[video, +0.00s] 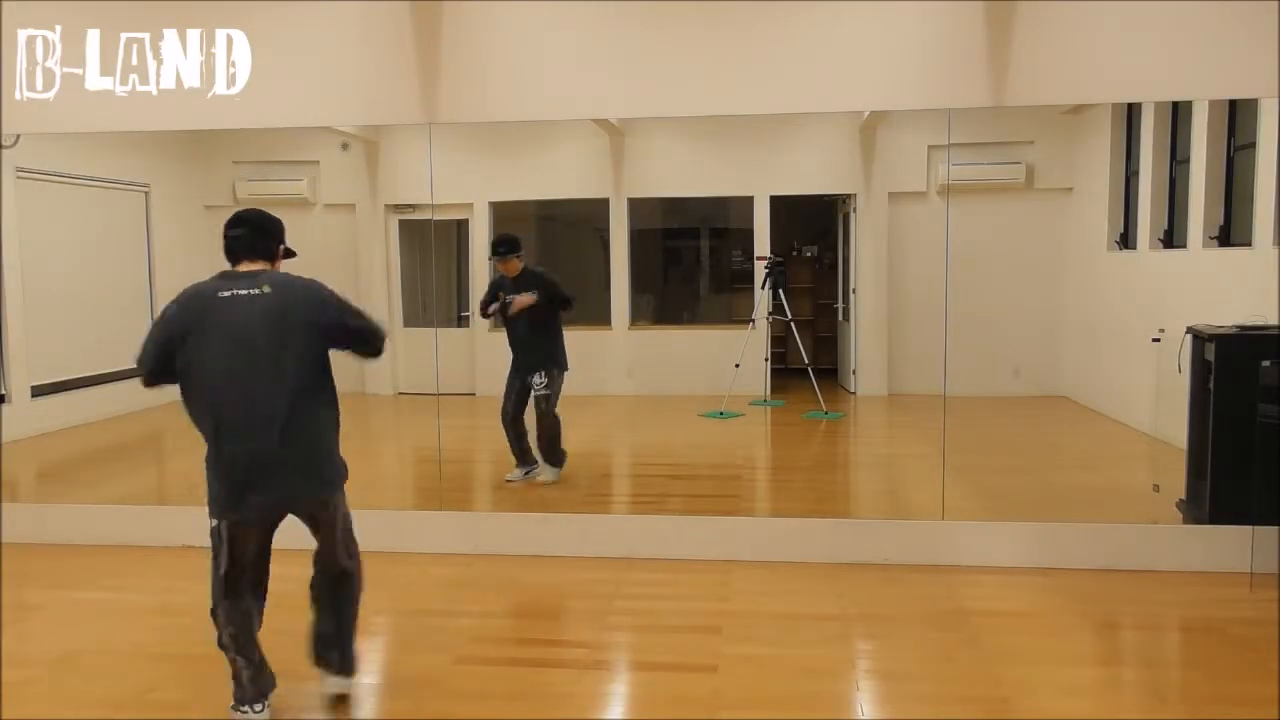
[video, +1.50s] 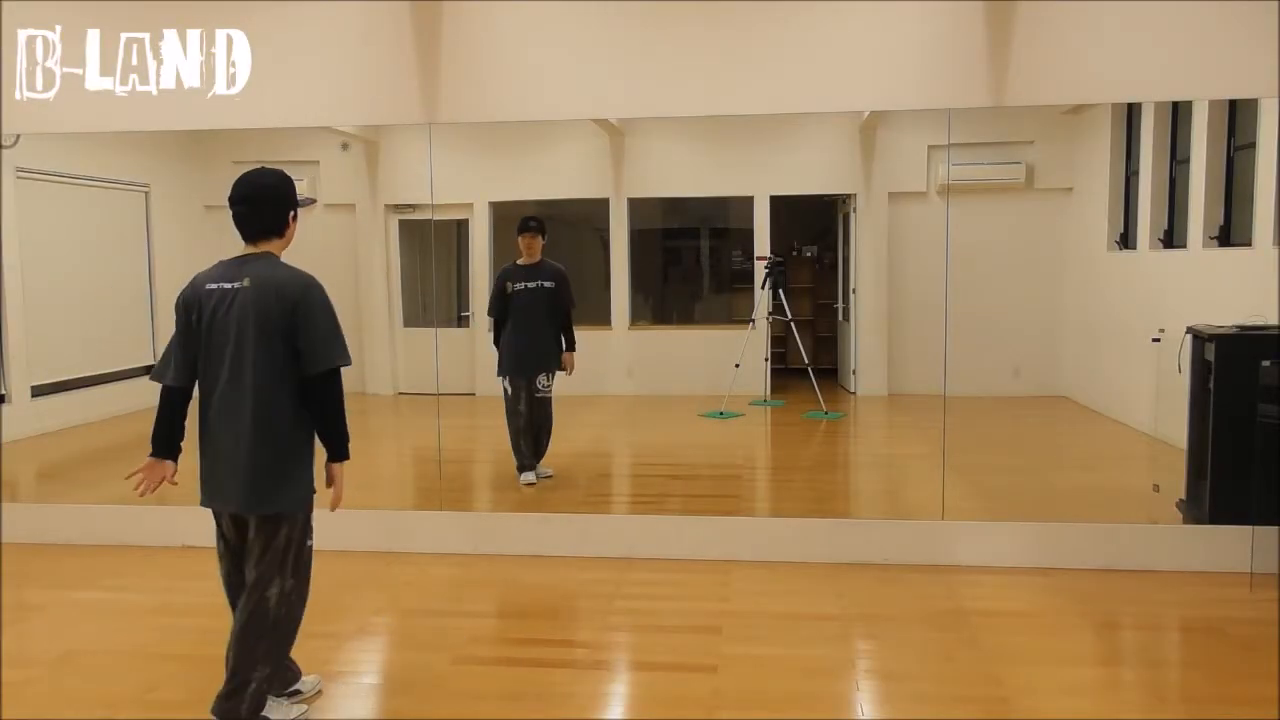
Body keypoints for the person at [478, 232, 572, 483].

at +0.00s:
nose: (498, 266)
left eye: (501, 261)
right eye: (496, 261)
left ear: (515, 258)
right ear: (498, 261)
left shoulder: (540, 279)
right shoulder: (500, 283)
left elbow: (565, 303)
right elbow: (484, 309)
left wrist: (532, 300)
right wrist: (502, 306)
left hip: (549, 359)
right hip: (521, 360)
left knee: (545, 412)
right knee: (510, 415)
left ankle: (553, 462)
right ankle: (526, 463)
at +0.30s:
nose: (500, 262)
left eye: (504, 256)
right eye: (498, 257)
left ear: (518, 255)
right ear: (499, 258)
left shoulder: (529, 283)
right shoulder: (513, 282)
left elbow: (518, 323)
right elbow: (499, 306)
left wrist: (509, 328)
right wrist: (492, 301)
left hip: (546, 360)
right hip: (527, 360)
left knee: (562, 411)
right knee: (512, 414)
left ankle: (601, 457)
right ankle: (527, 464)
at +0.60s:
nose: (517, 248)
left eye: (522, 242)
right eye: (513, 243)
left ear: (533, 243)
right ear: (508, 245)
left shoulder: (550, 270)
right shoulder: (505, 273)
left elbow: (560, 302)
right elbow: (495, 299)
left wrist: (535, 318)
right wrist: (512, 286)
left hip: (549, 350)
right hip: (517, 350)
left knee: (549, 411)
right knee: (512, 406)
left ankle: (534, 456)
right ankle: (514, 461)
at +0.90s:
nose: (540, 244)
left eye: (543, 239)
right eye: (535, 239)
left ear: (547, 241)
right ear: (524, 241)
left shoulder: (543, 269)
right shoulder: (517, 272)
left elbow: (553, 305)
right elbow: (511, 311)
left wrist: (553, 287)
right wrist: (506, 344)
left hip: (547, 348)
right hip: (530, 351)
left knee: (545, 412)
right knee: (539, 413)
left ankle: (528, 459)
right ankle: (508, 455)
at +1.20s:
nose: (539, 242)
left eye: (543, 236)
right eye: (534, 237)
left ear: (548, 239)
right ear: (524, 240)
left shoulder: (552, 271)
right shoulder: (515, 272)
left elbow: (565, 305)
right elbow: (499, 311)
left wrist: (559, 295)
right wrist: (484, 346)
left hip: (546, 350)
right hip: (524, 352)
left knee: (546, 406)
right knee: (535, 406)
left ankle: (531, 458)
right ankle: (514, 447)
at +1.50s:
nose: (529, 243)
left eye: (534, 237)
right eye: (525, 238)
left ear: (542, 240)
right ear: (518, 241)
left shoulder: (556, 273)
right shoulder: (506, 274)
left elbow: (565, 314)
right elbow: (498, 316)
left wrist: (569, 349)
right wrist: (501, 348)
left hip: (545, 352)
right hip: (513, 353)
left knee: (541, 410)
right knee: (519, 411)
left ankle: (535, 462)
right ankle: (525, 467)